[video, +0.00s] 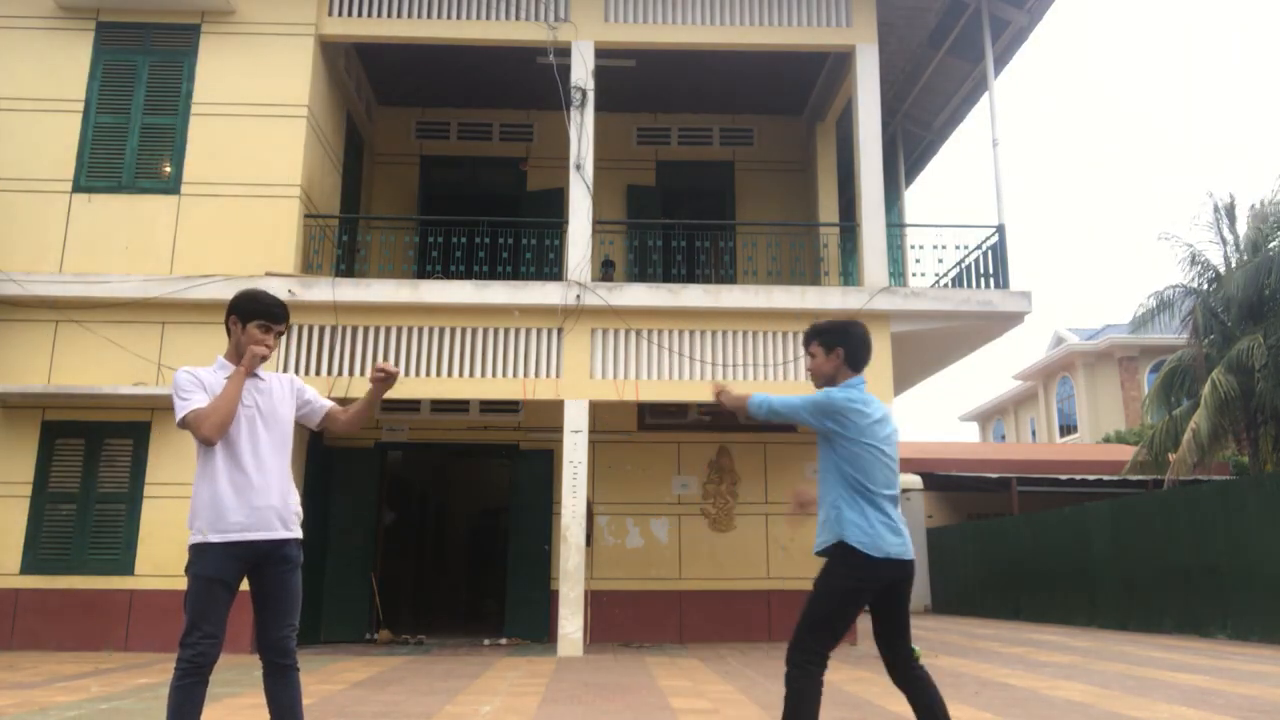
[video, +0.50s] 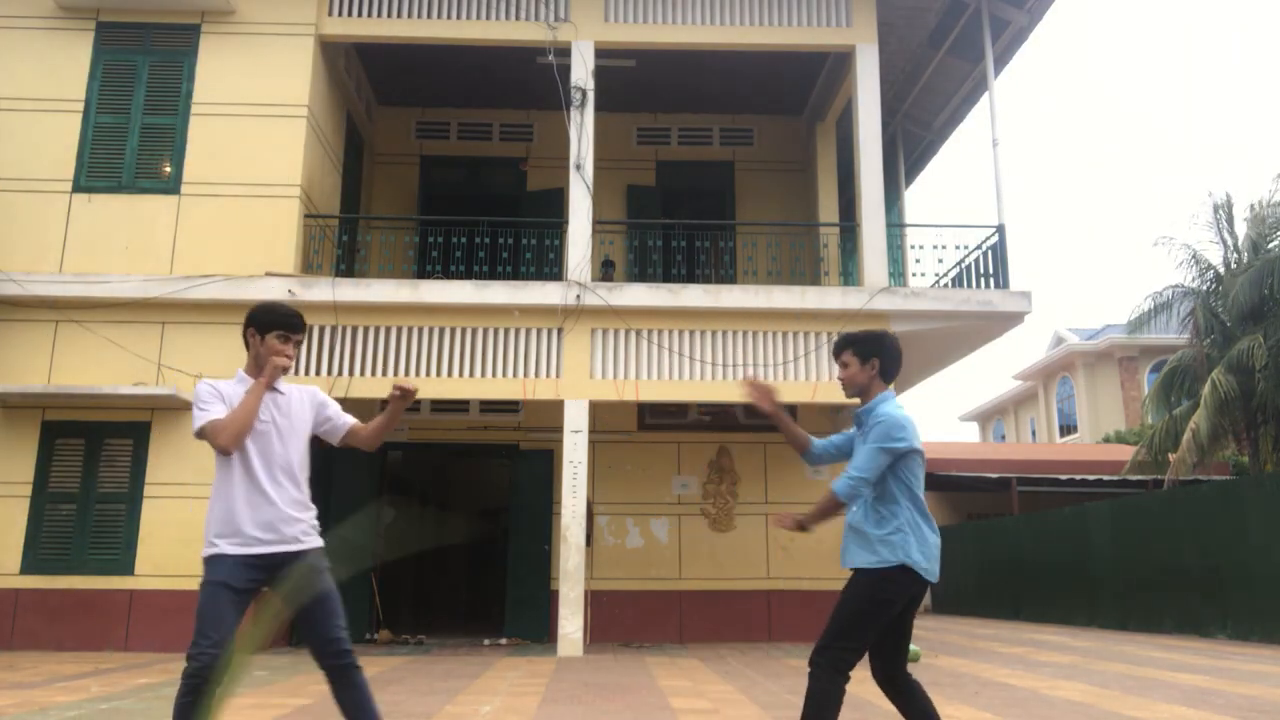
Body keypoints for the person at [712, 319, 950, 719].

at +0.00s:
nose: (807, 366)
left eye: (812, 356)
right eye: (806, 357)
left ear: (837, 356)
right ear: (844, 359)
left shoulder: (836, 404)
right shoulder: (881, 412)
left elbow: (767, 407)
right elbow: (874, 486)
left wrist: (732, 398)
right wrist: (819, 498)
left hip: (857, 555)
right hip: (896, 558)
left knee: (805, 658)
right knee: (902, 661)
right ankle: (940, 717)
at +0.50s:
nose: (839, 376)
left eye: (846, 367)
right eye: (839, 368)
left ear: (874, 367)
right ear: (870, 370)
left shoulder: (890, 421)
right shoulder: (873, 423)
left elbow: (852, 486)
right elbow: (817, 451)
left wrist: (806, 520)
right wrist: (775, 412)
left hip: (891, 562)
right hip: (894, 563)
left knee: (828, 663)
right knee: (890, 673)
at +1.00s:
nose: (828, 374)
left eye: (835, 365)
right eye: (828, 366)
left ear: (863, 366)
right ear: (858, 369)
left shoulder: (882, 416)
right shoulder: (871, 422)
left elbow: (817, 455)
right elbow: (840, 497)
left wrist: (772, 424)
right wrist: (796, 500)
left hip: (883, 564)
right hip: (899, 566)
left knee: (821, 664)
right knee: (889, 673)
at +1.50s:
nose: (826, 377)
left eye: (833, 368)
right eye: (825, 369)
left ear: (862, 369)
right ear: (852, 371)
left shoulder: (881, 423)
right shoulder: (866, 424)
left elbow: (845, 484)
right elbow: (823, 473)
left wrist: (783, 473)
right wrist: (772, 461)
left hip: (880, 567)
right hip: (888, 568)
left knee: (817, 663)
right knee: (886, 675)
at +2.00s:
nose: (836, 388)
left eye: (842, 378)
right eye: (835, 379)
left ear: (869, 378)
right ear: (870, 380)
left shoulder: (880, 428)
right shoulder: (900, 428)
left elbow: (821, 483)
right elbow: (873, 505)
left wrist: (757, 482)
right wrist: (830, 476)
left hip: (889, 572)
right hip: (915, 575)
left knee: (823, 666)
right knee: (890, 677)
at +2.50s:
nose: (838, 390)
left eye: (843, 380)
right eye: (837, 381)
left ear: (871, 380)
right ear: (871, 382)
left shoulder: (882, 429)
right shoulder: (904, 430)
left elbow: (817, 477)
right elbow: (878, 507)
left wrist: (750, 479)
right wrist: (834, 482)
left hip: (890, 574)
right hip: (918, 576)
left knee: (824, 667)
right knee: (889, 677)